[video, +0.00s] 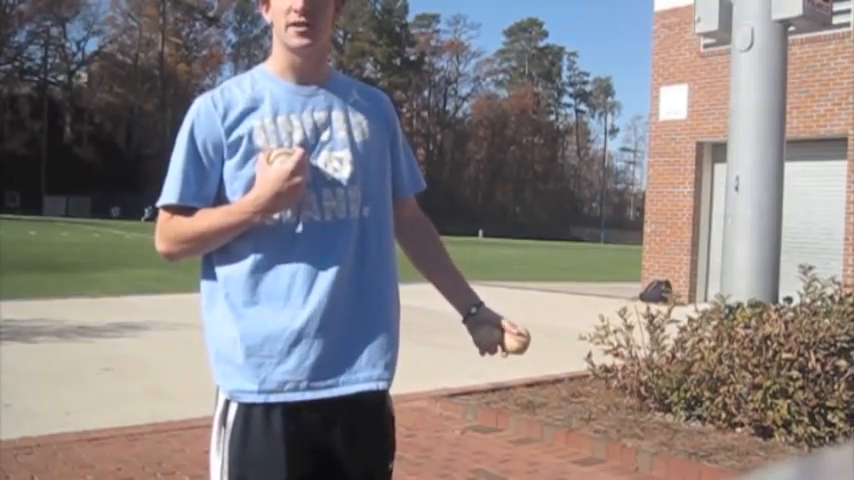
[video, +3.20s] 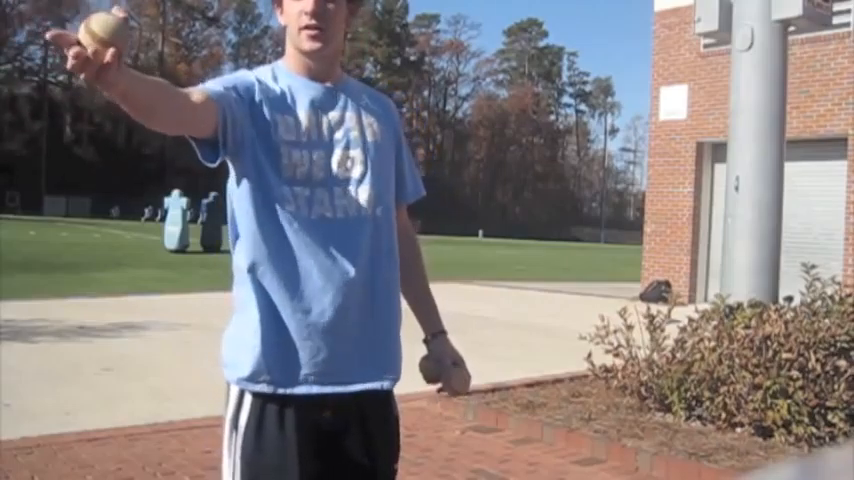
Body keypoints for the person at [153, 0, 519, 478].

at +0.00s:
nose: (303, 9)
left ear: (339, 10)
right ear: (266, 9)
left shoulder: (374, 109)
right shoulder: (217, 112)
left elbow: (409, 219)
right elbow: (169, 239)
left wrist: (474, 312)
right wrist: (257, 203)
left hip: (359, 383)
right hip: (260, 389)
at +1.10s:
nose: (319, 8)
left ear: (351, 14)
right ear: (280, 9)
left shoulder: (371, 107)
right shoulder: (232, 107)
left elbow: (389, 221)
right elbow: (155, 223)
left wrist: (423, 326)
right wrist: (228, 254)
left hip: (369, 381)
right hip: (277, 391)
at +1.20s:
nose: (306, 9)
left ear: (351, 14)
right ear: (281, 8)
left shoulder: (378, 111)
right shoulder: (230, 106)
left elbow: (395, 226)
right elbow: (133, 211)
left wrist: (422, 333)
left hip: (369, 383)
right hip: (273, 390)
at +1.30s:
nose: (304, 9)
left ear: (354, 16)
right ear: (283, 9)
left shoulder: (382, 112)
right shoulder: (229, 104)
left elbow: (399, 231)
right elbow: (122, 193)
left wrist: (423, 338)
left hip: (367, 387)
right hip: (269, 393)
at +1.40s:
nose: (302, 7)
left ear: (357, 15)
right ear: (285, 7)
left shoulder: (387, 113)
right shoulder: (229, 100)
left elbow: (404, 235)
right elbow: (109, 156)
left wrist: (427, 342)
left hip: (366, 393)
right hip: (266, 398)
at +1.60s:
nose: (300, 10)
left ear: (357, 13)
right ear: (285, 8)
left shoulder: (393, 116)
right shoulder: (229, 93)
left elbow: (410, 237)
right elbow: (101, 110)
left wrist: (442, 344)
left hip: (364, 395)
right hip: (263, 397)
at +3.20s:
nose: (316, 10)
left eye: (331, 0)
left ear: (352, 13)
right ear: (281, 11)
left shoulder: (379, 111)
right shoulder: (250, 94)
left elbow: (399, 228)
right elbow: (181, 109)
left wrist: (436, 334)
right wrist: (118, 80)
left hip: (367, 384)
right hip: (274, 386)